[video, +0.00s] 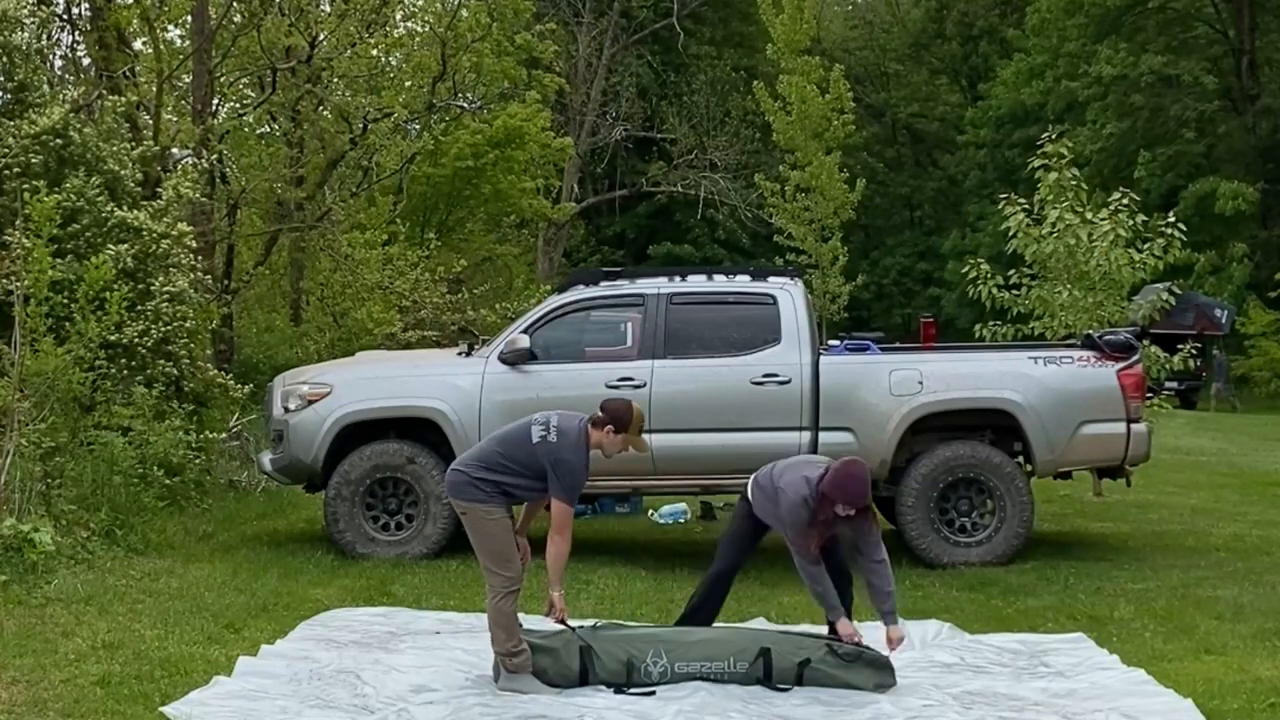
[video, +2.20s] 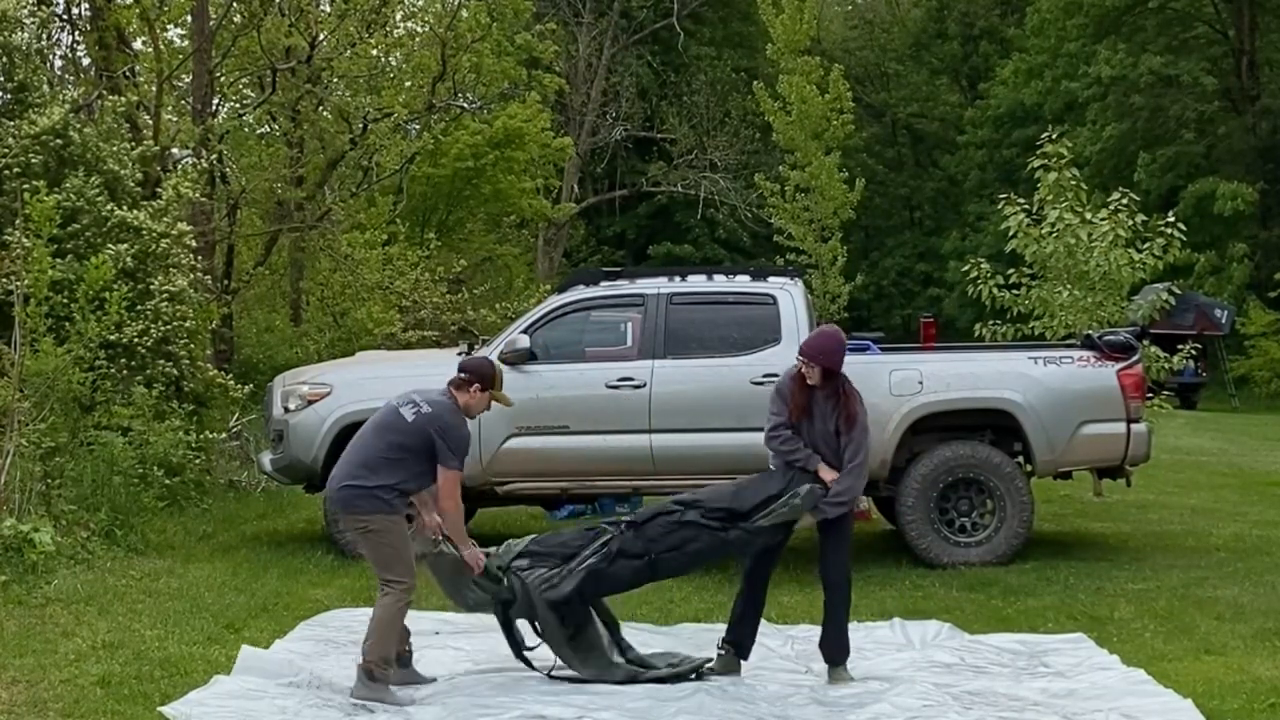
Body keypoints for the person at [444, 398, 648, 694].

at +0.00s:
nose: (626, 447)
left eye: (629, 441)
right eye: (625, 439)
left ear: (605, 426)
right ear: (607, 431)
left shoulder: (576, 427)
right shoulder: (569, 459)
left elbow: (543, 487)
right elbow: (558, 536)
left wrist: (521, 530)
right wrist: (556, 590)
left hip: (482, 483)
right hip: (475, 487)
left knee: (508, 573)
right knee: (505, 578)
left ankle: (506, 664)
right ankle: (514, 671)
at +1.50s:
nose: (622, 442)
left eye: (625, 435)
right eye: (622, 433)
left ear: (601, 421)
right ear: (604, 423)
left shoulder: (566, 431)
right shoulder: (569, 450)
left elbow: (542, 500)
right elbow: (554, 525)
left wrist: (529, 547)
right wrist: (553, 590)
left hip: (476, 486)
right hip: (472, 489)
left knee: (511, 571)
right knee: (506, 576)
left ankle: (498, 661)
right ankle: (513, 670)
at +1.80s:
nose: (589, 456)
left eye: (593, 450)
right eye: (591, 447)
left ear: (568, 431)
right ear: (577, 435)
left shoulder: (531, 441)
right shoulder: (546, 451)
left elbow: (512, 520)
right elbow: (543, 528)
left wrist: (505, 570)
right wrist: (557, 588)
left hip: (434, 494)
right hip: (452, 500)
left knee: (483, 568)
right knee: (505, 580)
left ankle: (472, 653)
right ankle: (514, 673)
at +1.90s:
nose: (555, 430)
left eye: (559, 425)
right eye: (557, 422)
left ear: (535, 409)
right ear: (540, 410)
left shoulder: (494, 426)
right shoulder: (511, 437)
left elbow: (481, 509)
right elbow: (518, 513)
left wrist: (486, 562)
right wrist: (540, 569)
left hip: (409, 497)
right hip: (432, 502)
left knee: (447, 578)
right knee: (478, 584)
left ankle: (404, 657)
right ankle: (513, 673)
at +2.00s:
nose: (518, 416)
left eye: (522, 410)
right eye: (520, 407)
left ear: (495, 394)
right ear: (503, 395)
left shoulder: (450, 407)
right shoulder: (474, 420)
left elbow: (442, 487)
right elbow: (479, 500)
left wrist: (457, 543)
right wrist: (499, 558)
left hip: (370, 484)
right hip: (399, 484)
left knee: (410, 569)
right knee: (460, 552)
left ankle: (398, 665)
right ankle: (469, 649)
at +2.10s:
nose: (501, 404)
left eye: (503, 398)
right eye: (502, 395)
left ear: (474, 383)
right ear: (485, 386)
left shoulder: (433, 398)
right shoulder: (461, 417)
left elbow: (424, 482)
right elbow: (467, 498)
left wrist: (441, 531)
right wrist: (478, 551)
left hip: (357, 484)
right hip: (385, 485)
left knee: (400, 567)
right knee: (443, 553)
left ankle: (397, 665)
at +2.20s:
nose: (488, 406)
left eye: (491, 400)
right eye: (489, 398)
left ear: (461, 385)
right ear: (474, 390)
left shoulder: (422, 400)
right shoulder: (452, 423)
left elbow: (406, 462)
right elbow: (449, 501)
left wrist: (428, 511)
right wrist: (465, 547)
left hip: (348, 493)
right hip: (368, 500)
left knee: (397, 580)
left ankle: (397, 664)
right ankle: (371, 678)